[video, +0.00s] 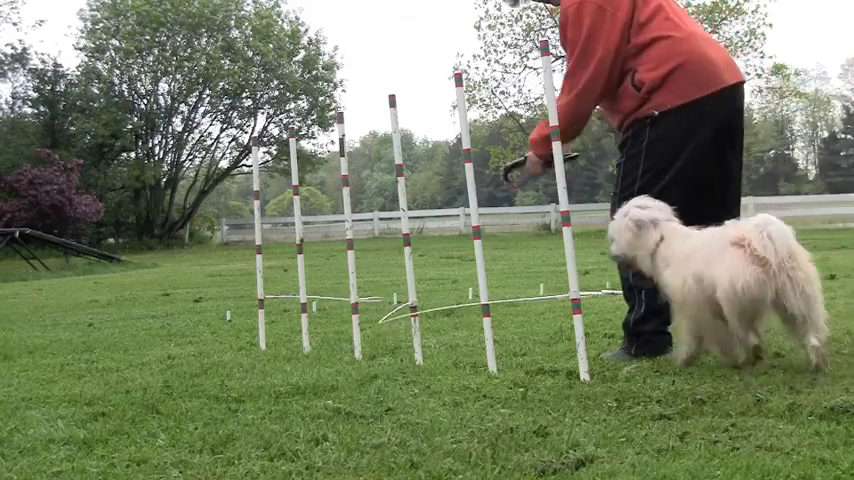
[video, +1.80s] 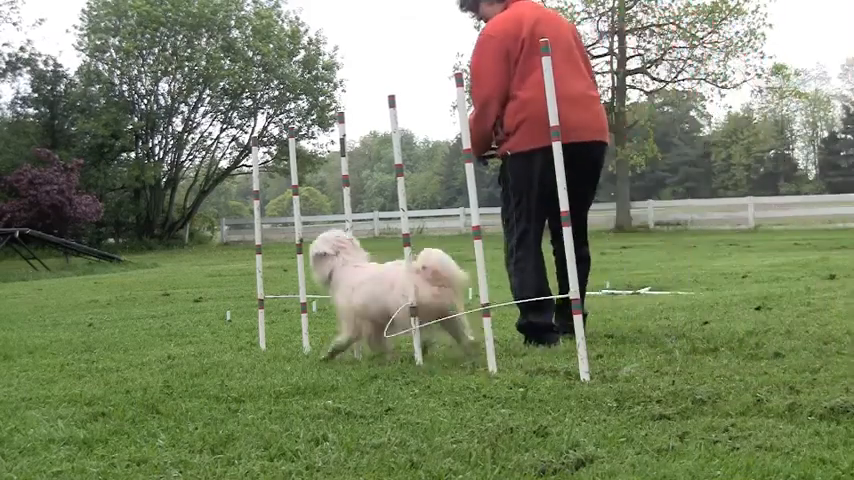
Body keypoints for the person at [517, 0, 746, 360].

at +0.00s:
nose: (551, 8)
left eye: (554, 7)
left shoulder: (586, 5)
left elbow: (587, 79)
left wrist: (541, 148)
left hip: (669, 93)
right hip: (721, 80)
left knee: (634, 221)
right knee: (710, 220)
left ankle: (645, 339)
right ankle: (724, 330)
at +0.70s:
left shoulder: (567, 4)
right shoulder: (631, 6)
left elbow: (567, 78)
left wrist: (546, 136)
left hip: (633, 105)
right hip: (690, 99)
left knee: (632, 226)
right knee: (671, 224)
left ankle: (648, 338)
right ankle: (663, 328)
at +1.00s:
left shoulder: (567, 4)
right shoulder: (637, 5)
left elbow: (565, 76)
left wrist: (546, 124)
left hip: (612, 116)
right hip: (673, 107)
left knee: (579, 227)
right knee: (665, 221)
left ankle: (616, 316)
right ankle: (665, 321)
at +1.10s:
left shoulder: (559, 6)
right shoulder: (630, 5)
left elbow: (552, 77)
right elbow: (640, 60)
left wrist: (536, 125)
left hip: (596, 116)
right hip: (660, 108)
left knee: (576, 225)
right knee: (660, 221)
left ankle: (575, 325)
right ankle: (663, 323)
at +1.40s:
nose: (501, 10)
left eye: (500, 3)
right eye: (498, 5)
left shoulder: (517, 29)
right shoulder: (591, 19)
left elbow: (507, 101)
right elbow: (614, 74)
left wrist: (494, 146)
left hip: (547, 146)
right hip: (611, 140)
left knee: (537, 240)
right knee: (609, 234)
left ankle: (539, 329)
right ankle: (635, 294)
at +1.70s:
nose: (480, 16)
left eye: (478, 9)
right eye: (476, 11)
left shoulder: (496, 28)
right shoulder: (567, 19)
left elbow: (488, 98)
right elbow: (593, 79)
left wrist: (480, 145)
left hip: (531, 137)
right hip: (591, 133)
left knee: (525, 235)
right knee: (570, 228)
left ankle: (539, 332)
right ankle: (582, 321)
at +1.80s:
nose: (478, 20)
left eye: (476, 12)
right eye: (474, 14)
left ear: (489, 1)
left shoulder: (496, 29)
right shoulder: (563, 22)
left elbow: (488, 99)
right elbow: (586, 78)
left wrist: (478, 147)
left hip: (533, 137)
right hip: (590, 132)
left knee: (523, 235)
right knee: (572, 229)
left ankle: (539, 331)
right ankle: (572, 319)